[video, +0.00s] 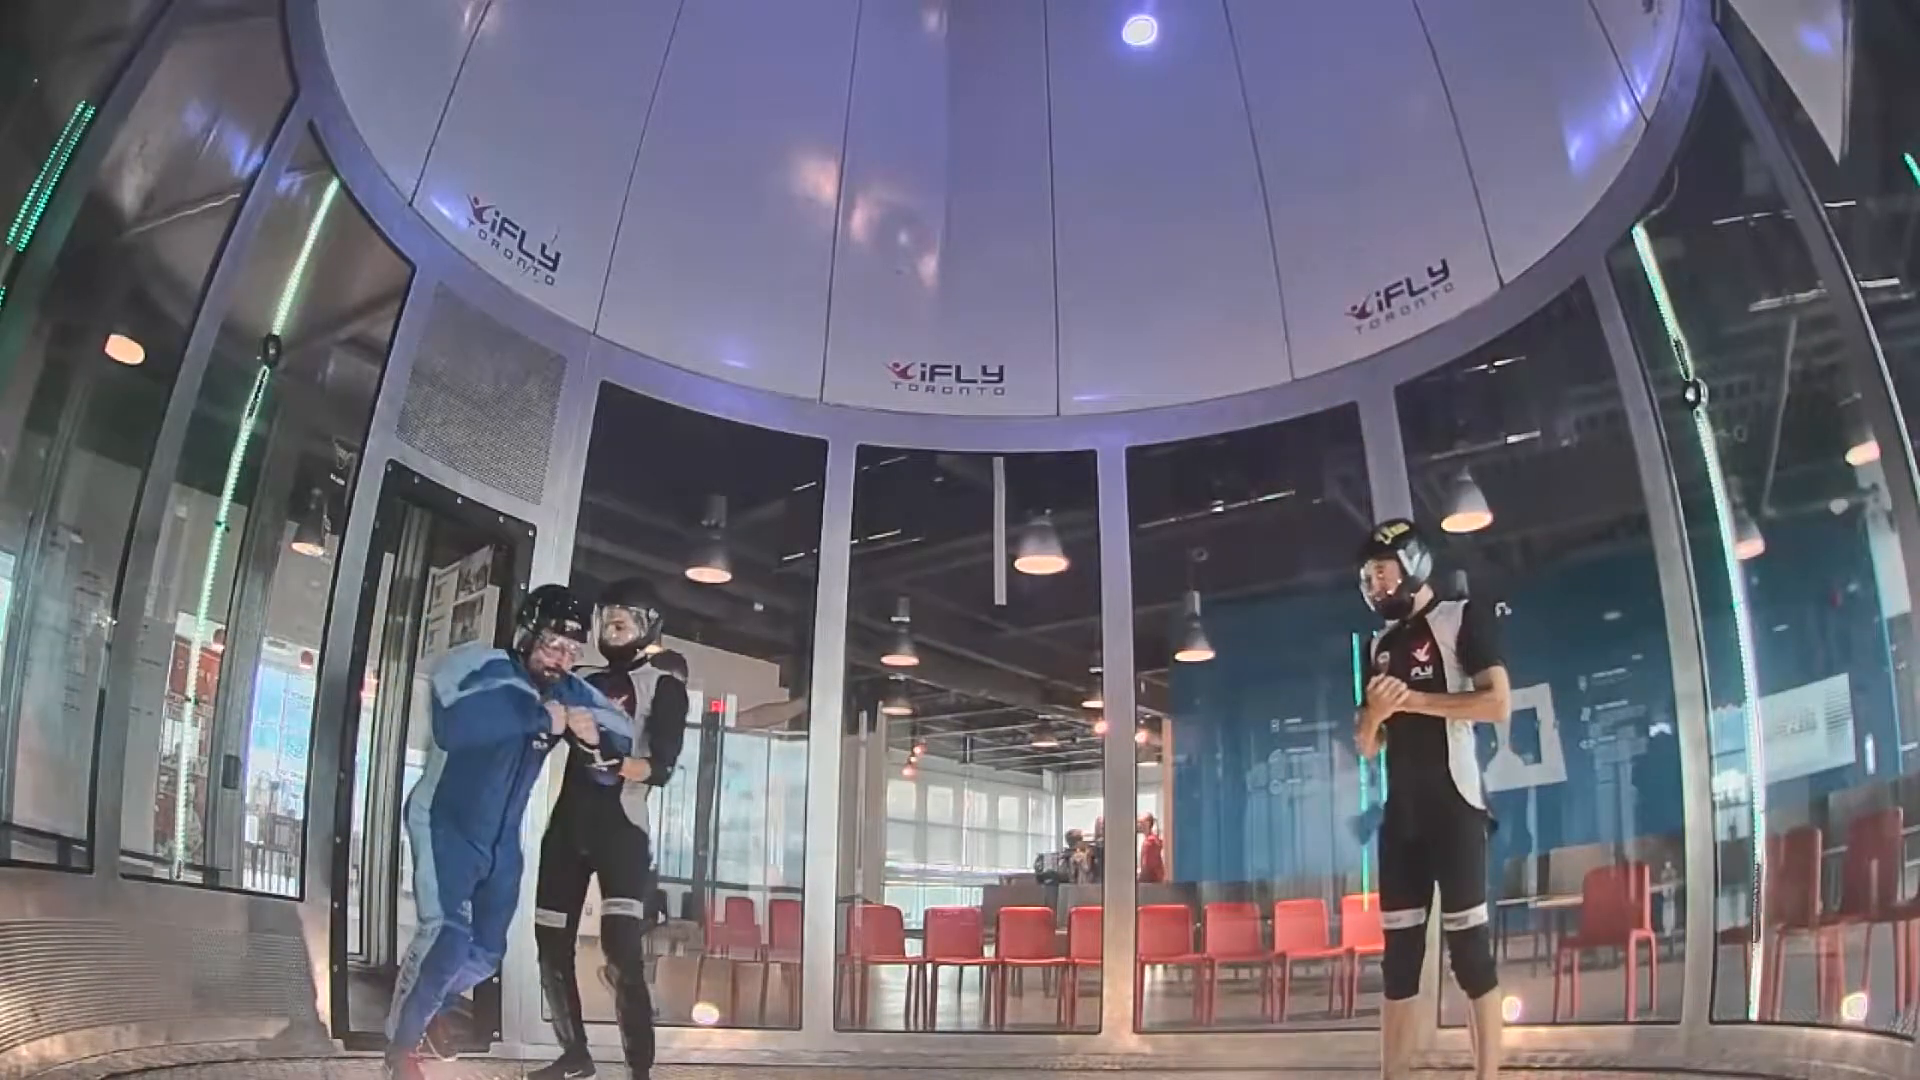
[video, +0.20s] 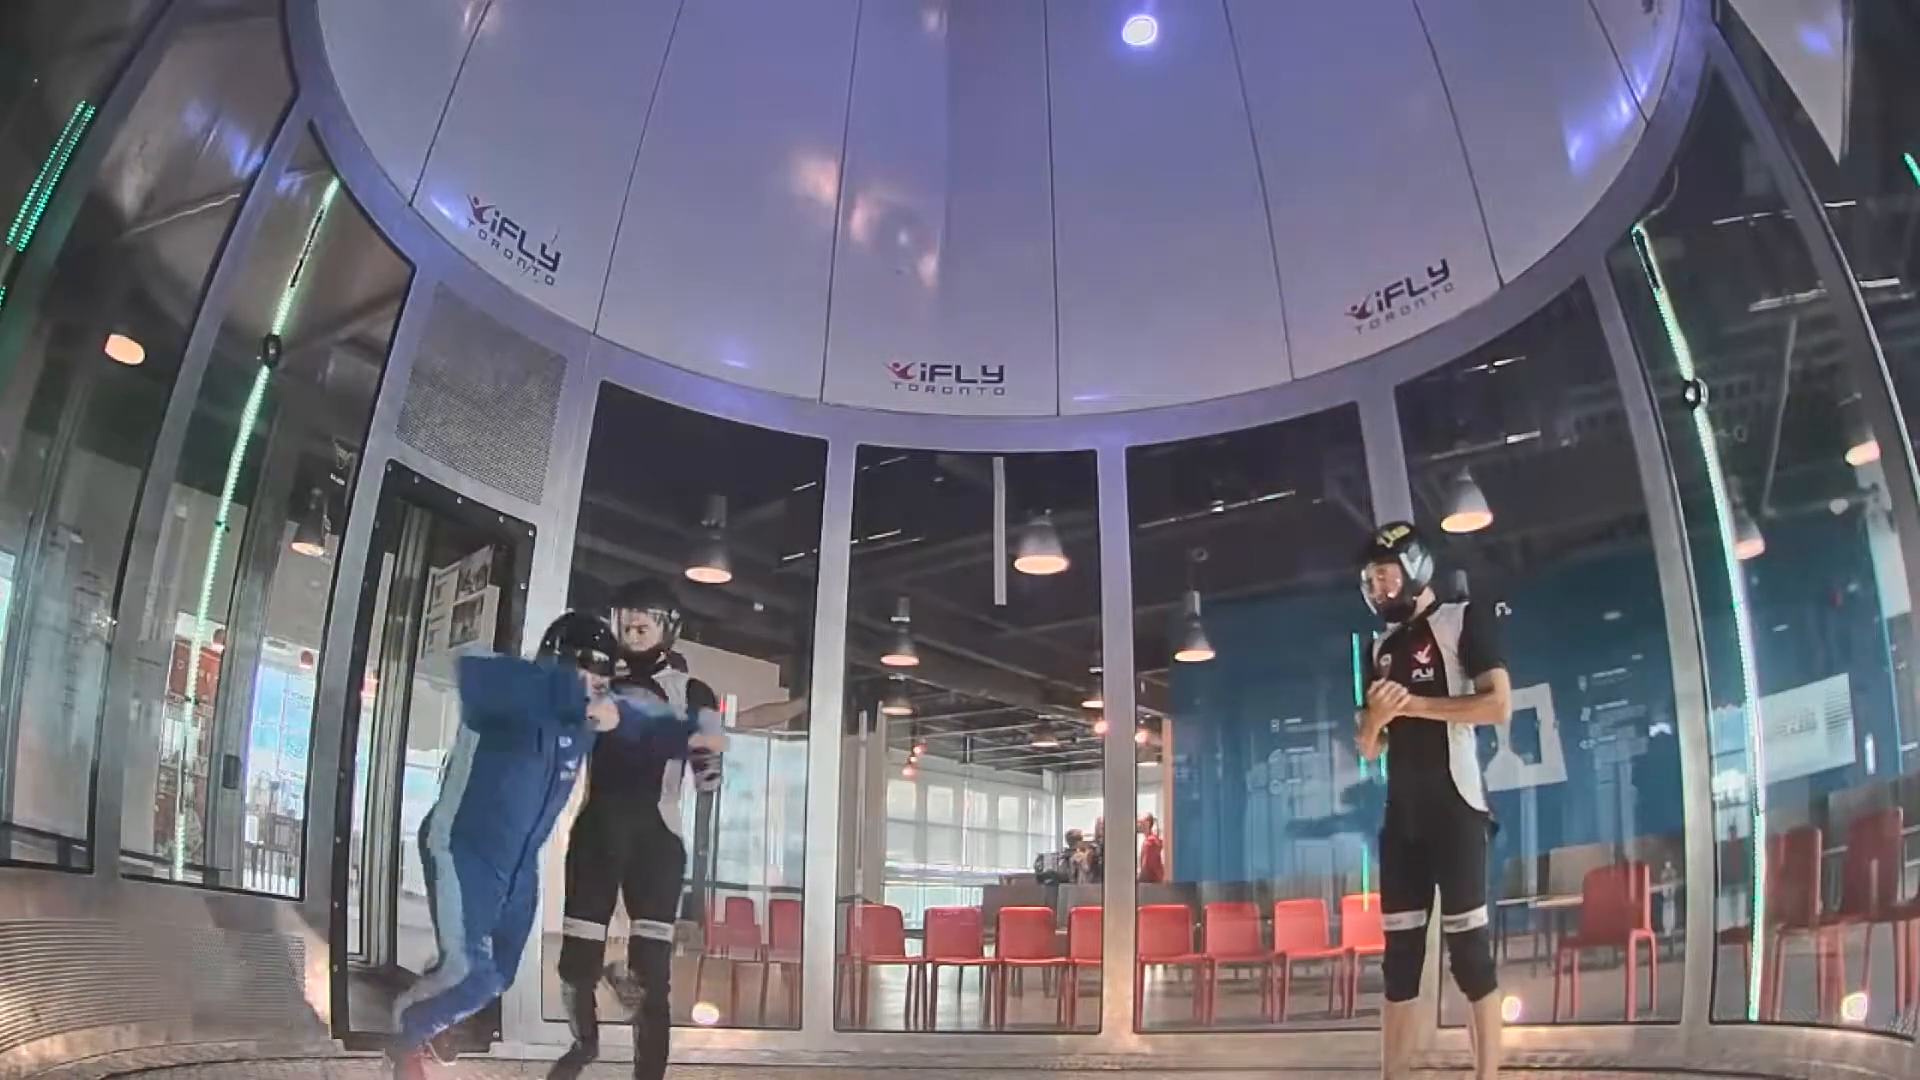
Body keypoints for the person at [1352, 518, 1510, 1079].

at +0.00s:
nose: (1376, 586)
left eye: (1384, 572)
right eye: (1369, 576)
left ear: (1416, 566)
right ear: (1367, 582)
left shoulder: (1464, 617)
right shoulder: (1379, 645)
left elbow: (1497, 705)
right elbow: (1365, 747)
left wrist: (1412, 700)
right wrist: (1370, 716)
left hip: (1458, 804)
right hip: (1401, 806)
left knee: (1467, 947)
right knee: (1400, 950)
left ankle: (1487, 1075)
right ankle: (1394, 1075)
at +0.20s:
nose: (1380, 588)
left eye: (1388, 575)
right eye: (1372, 578)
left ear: (1418, 569)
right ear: (1368, 584)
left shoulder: (1464, 618)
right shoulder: (1380, 648)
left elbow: (1498, 706)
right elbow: (1368, 748)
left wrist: (1411, 705)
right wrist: (1372, 719)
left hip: (1459, 806)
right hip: (1402, 808)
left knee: (1467, 947)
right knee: (1401, 950)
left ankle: (1487, 1075)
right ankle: (1393, 1075)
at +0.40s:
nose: (1382, 586)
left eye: (1391, 573)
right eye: (1375, 576)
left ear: (1421, 568)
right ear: (1369, 582)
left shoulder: (1463, 616)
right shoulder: (1380, 647)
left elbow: (1499, 704)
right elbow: (1369, 748)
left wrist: (1414, 703)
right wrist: (1372, 720)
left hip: (1457, 803)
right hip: (1401, 806)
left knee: (1465, 947)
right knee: (1400, 951)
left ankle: (1487, 1075)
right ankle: (1393, 1076)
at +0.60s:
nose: (1382, 587)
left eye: (1390, 575)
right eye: (1374, 578)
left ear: (1420, 570)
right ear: (1369, 584)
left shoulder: (1463, 617)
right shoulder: (1380, 648)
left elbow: (1498, 706)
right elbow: (1370, 749)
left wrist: (1414, 703)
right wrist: (1372, 719)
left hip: (1458, 806)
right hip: (1402, 809)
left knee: (1464, 949)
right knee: (1399, 952)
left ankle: (1487, 1075)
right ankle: (1392, 1076)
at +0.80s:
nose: (1383, 587)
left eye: (1391, 574)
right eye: (1375, 577)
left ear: (1421, 570)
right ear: (1370, 582)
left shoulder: (1462, 617)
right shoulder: (1382, 647)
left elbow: (1499, 705)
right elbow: (1373, 752)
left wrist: (1415, 707)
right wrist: (1374, 725)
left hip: (1456, 805)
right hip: (1401, 808)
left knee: (1465, 949)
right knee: (1397, 951)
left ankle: (1487, 1075)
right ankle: (1391, 1075)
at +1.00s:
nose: (1381, 584)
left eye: (1390, 571)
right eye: (1374, 575)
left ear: (1422, 568)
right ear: (1370, 581)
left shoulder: (1462, 615)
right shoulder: (1381, 646)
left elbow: (1496, 705)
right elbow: (1370, 751)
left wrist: (1410, 701)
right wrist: (1369, 720)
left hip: (1455, 803)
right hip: (1398, 806)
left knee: (1463, 947)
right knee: (1395, 950)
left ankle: (1487, 1075)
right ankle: (1391, 1075)